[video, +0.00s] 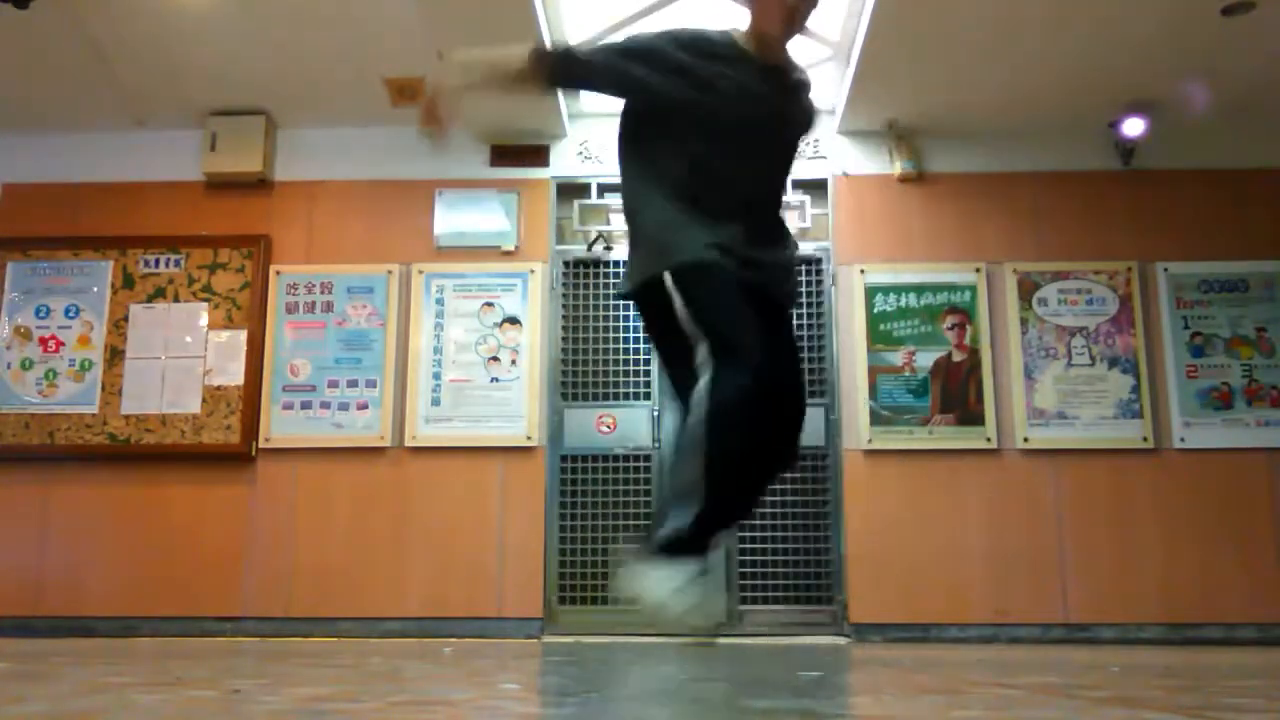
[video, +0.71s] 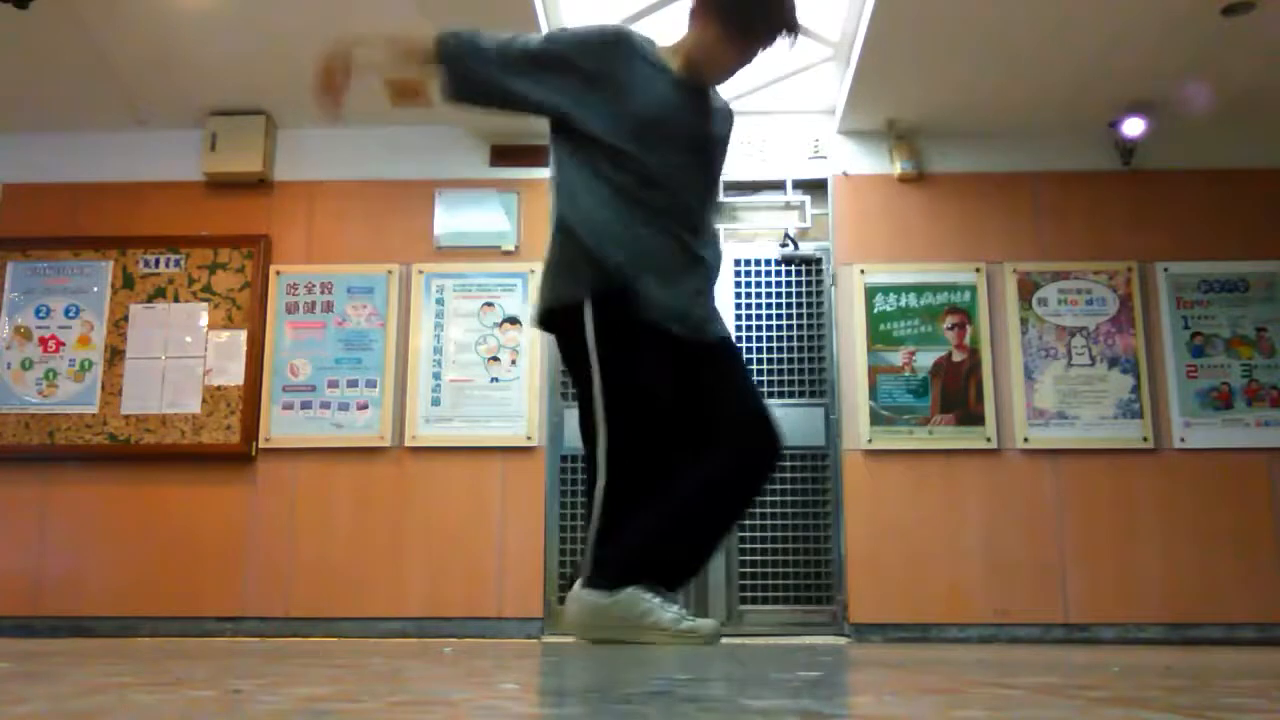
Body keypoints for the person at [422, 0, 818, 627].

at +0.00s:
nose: (797, 15)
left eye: (804, 8)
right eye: (789, 2)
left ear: (804, 18)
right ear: (757, 2)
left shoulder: (792, 96)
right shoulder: (690, 53)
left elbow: (761, 189)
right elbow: (573, 65)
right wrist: (461, 75)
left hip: (754, 265)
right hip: (676, 252)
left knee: (778, 425)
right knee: (731, 383)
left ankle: (677, 555)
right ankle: (668, 561)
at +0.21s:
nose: (749, 15)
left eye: (757, 7)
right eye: (741, 3)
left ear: (760, 12)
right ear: (710, 0)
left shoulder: (764, 82)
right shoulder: (646, 61)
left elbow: (786, 168)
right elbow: (561, 96)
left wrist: (841, 186)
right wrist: (517, 113)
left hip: (717, 275)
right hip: (641, 268)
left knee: (738, 441)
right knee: (674, 428)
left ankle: (599, 536)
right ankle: (629, 595)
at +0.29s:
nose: (736, 7)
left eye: (743, 2)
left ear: (749, 4)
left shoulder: (754, 53)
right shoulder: (646, 21)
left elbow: (812, 109)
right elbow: (645, 66)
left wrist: (887, 120)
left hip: (678, 240)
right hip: (603, 236)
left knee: (740, 370)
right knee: (627, 390)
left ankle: (673, 533)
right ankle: (625, 571)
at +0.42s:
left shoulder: (736, 22)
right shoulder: (684, 18)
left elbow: (811, 58)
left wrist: (893, 88)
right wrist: (886, 83)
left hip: (638, 225)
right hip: (576, 217)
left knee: (699, 370)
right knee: (600, 388)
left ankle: (716, 518)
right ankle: (587, 575)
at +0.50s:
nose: (760, 8)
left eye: (761, 3)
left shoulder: (710, 43)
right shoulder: (671, 18)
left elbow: (771, 100)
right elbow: (745, 96)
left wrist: (764, 81)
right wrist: (776, 84)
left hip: (639, 245)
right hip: (576, 241)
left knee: (699, 396)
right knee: (588, 419)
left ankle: (674, 552)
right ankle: (583, 595)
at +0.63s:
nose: (741, 38)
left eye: (751, 27)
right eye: (739, 20)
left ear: (744, 27)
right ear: (705, 5)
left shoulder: (718, 105)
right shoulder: (632, 51)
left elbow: (746, 177)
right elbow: (551, 91)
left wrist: (781, 224)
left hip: (666, 287)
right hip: (594, 283)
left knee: (721, 429)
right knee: (626, 432)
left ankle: (632, 587)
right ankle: (594, 594)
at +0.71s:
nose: (742, 58)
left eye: (753, 49)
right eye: (741, 40)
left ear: (754, 47)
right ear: (707, 17)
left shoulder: (713, 117)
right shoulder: (616, 57)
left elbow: (680, 214)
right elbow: (497, 57)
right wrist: (365, 56)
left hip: (682, 308)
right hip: (601, 294)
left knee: (747, 447)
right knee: (635, 446)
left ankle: (624, 589)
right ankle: (608, 594)